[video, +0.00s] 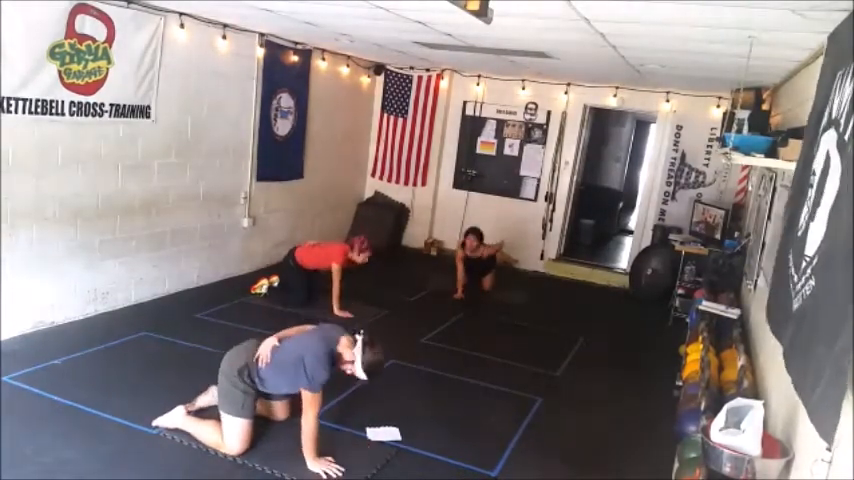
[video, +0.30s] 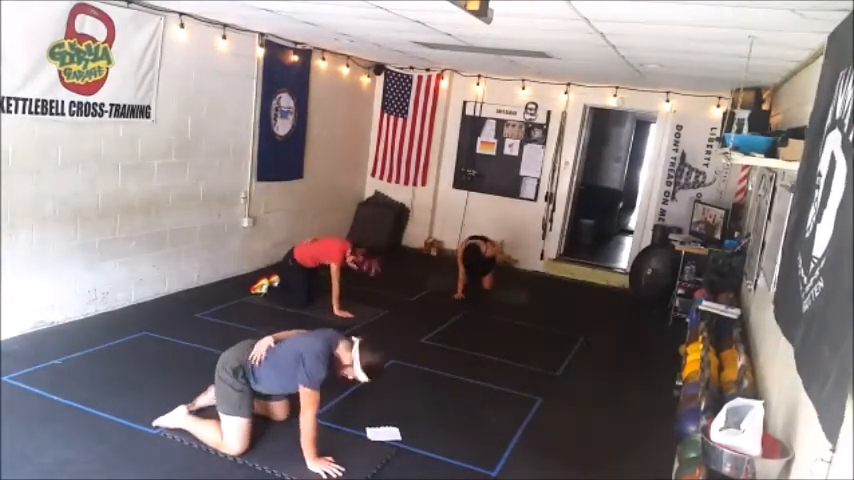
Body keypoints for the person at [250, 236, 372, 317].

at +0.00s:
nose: (366, 260)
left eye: (368, 257)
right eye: (365, 257)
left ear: (356, 250)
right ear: (355, 252)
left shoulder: (345, 249)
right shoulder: (339, 255)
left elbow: (328, 244)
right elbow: (336, 283)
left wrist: (315, 243)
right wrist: (336, 309)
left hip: (301, 256)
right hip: (294, 263)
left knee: (308, 293)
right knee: (299, 298)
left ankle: (277, 281)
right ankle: (268, 288)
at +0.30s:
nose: (351, 266)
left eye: (354, 266)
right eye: (353, 265)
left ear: (355, 254)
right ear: (353, 257)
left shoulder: (346, 246)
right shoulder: (336, 255)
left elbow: (327, 241)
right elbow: (335, 283)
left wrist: (314, 241)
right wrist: (336, 309)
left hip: (306, 261)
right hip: (295, 262)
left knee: (314, 290)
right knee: (302, 300)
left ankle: (279, 281)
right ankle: (268, 289)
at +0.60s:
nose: (363, 258)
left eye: (364, 255)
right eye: (361, 255)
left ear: (352, 247)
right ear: (351, 251)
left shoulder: (344, 244)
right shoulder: (336, 255)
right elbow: (335, 284)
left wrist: (313, 245)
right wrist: (336, 309)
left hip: (302, 254)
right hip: (293, 263)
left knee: (311, 291)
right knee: (300, 300)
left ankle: (278, 281)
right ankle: (267, 288)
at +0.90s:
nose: (352, 268)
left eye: (356, 268)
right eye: (355, 267)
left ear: (355, 253)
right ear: (353, 258)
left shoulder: (346, 243)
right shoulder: (336, 253)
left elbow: (327, 240)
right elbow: (335, 283)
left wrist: (315, 239)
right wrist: (336, 310)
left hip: (307, 261)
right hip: (296, 262)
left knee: (309, 295)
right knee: (299, 300)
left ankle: (279, 281)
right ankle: (267, 289)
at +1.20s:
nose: (362, 260)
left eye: (363, 256)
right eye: (360, 256)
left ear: (353, 249)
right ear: (351, 251)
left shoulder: (344, 244)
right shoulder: (336, 252)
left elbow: (326, 242)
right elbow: (335, 282)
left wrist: (312, 242)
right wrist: (336, 309)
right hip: (292, 263)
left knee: (310, 293)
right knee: (301, 300)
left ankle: (278, 281)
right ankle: (268, 289)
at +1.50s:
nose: (349, 267)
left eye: (353, 267)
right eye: (352, 265)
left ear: (354, 254)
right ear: (351, 258)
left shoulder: (345, 244)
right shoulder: (336, 252)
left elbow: (326, 241)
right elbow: (335, 283)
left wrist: (314, 240)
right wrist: (336, 309)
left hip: (308, 263)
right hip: (295, 261)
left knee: (309, 297)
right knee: (300, 299)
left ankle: (278, 282)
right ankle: (268, 289)